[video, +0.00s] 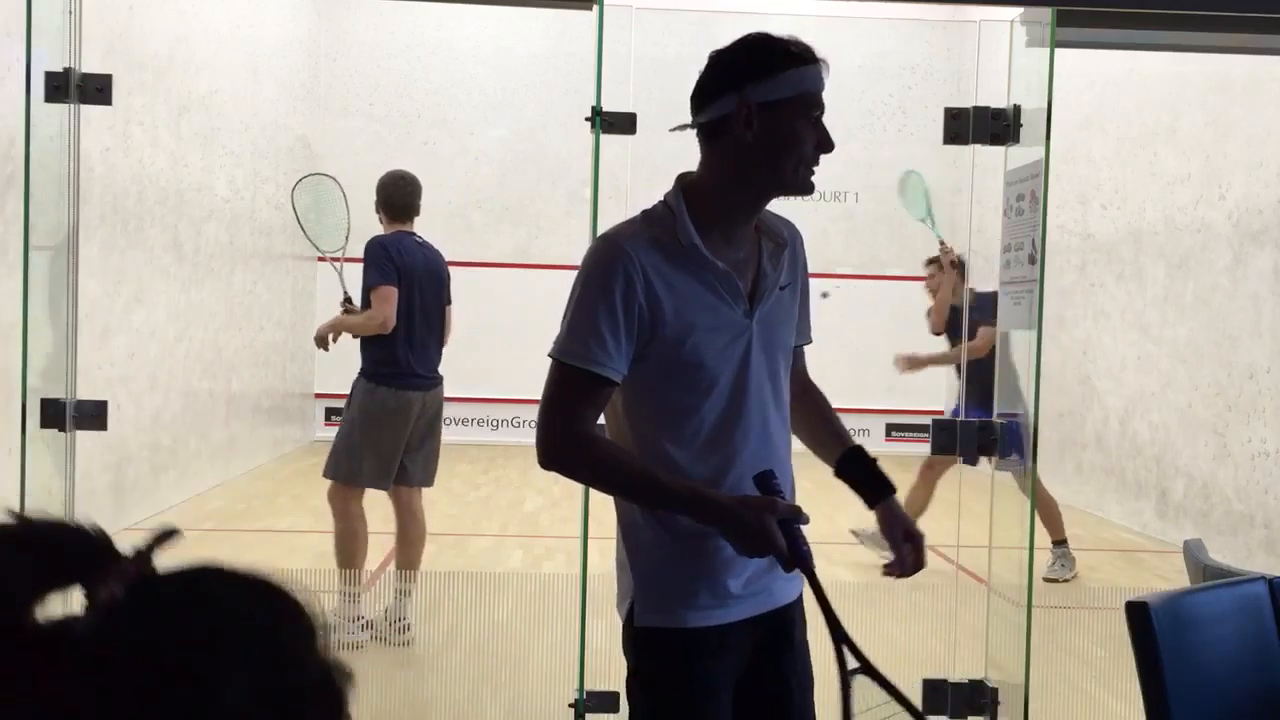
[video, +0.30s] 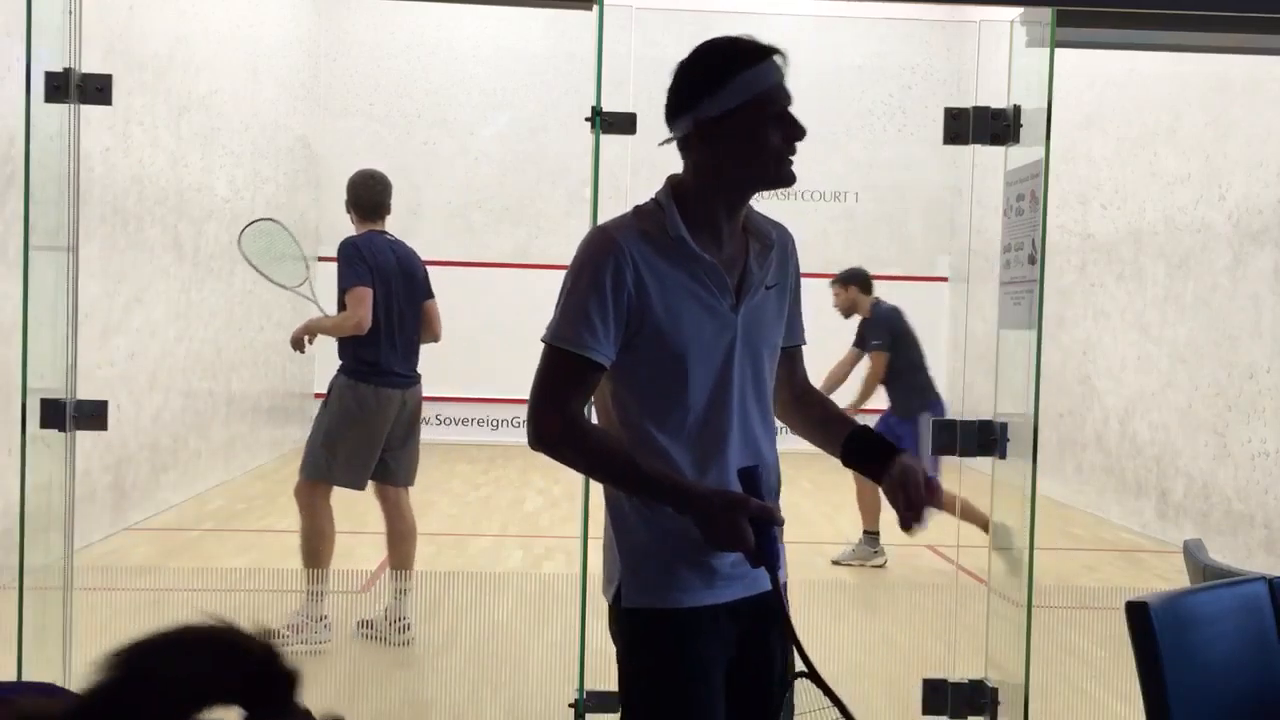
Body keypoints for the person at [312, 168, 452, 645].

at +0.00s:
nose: (378, 213)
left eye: (376, 206)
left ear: (379, 208)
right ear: (418, 209)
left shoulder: (382, 248)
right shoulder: (436, 258)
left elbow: (380, 318)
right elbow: (443, 333)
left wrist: (338, 324)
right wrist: (375, 321)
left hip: (382, 394)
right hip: (427, 395)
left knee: (344, 494)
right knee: (408, 494)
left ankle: (349, 616)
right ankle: (402, 613)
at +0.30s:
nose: (351, 214)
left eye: (347, 206)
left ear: (349, 208)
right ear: (389, 208)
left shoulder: (355, 248)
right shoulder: (411, 257)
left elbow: (356, 320)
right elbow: (431, 330)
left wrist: (313, 325)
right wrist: (380, 328)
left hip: (359, 393)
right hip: (405, 396)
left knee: (311, 490)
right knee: (395, 494)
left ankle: (314, 616)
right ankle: (399, 617)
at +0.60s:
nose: (305, 211)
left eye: (303, 204)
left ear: (305, 206)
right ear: (347, 206)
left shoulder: (315, 250)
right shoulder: (364, 256)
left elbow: (321, 323)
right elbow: (387, 329)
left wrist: (269, 328)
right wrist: (336, 337)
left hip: (316, 396)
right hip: (356, 397)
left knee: (290, 499)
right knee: (348, 491)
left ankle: (294, 628)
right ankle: (391, 609)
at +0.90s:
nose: (254, 203)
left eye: (255, 195)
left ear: (255, 201)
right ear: (298, 203)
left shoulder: (271, 250)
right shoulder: (307, 253)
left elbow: (250, 315)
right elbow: (280, 326)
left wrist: (197, 322)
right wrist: (221, 321)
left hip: (274, 391)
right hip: (295, 388)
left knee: (268, 503)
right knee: (232, 475)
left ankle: (292, 627)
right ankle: (231, 602)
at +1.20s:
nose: (214, 217)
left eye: (217, 210)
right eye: (218, 209)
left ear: (225, 216)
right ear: (255, 219)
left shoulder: (254, 268)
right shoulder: (224, 269)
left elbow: (199, 317)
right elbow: (161, 313)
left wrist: (154, 339)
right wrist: (186, 284)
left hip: (235, 400)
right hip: (218, 398)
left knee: (201, 513)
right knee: (170, 491)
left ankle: (278, 618)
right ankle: (141, 613)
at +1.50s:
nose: (210, 206)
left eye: (212, 199)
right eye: (217, 198)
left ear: (216, 203)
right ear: (255, 206)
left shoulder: (208, 248)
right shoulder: (266, 258)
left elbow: (178, 315)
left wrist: (162, 321)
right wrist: (185, 310)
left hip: (194, 385)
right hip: (241, 391)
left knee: (171, 495)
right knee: (189, 496)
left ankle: (255, 583)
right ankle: (145, 607)